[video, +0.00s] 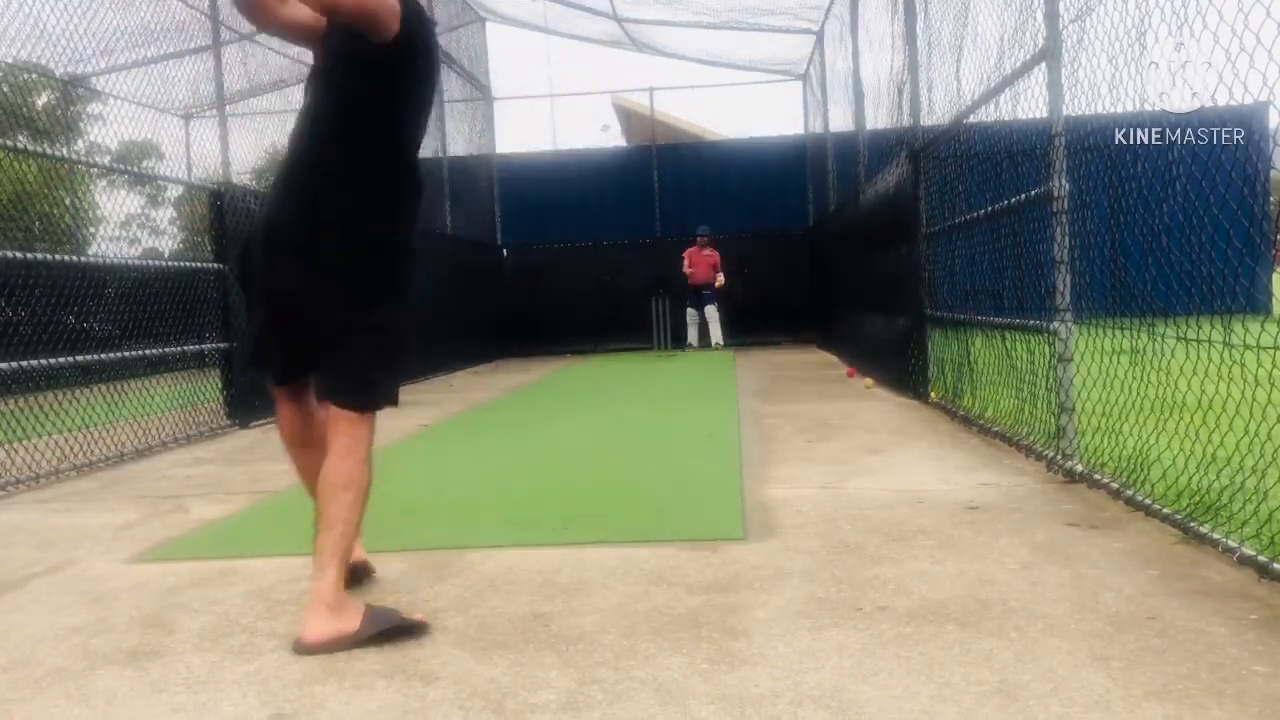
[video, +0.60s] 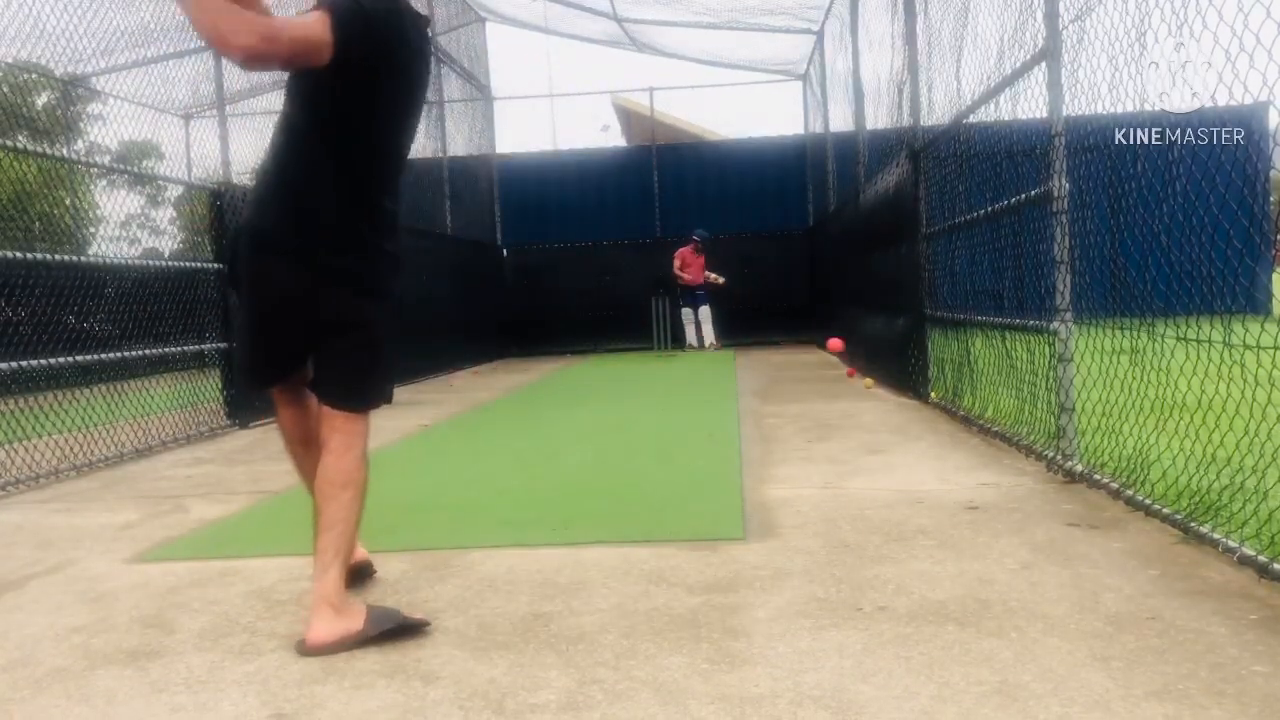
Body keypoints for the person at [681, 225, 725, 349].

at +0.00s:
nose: (701, 240)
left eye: (704, 237)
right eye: (699, 237)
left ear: (708, 239)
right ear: (696, 238)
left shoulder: (714, 254)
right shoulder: (689, 252)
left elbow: (718, 271)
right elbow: (685, 266)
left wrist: (719, 278)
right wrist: (688, 270)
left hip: (708, 286)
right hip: (693, 287)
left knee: (711, 313)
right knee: (691, 315)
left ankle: (717, 342)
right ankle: (692, 343)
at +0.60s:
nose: (702, 246)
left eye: (703, 244)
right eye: (701, 244)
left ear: (702, 244)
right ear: (695, 242)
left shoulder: (701, 255)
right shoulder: (681, 252)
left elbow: (701, 272)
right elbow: (676, 269)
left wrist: (713, 277)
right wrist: (685, 276)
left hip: (700, 287)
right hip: (686, 288)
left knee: (705, 315)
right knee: (688, 317)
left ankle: (709, 342)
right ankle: (691, 343)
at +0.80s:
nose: (734, 269)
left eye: (735, 268)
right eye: (733, 266)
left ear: (735, 267)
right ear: (729, 263)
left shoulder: (727, 272)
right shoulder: (717, 272)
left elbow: (726, 284)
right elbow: (719, 287)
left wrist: (727, 291)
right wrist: (725, 291)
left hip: (716, 290)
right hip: (703, 290)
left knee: (721, 312)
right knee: (698, 313)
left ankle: (721, 341)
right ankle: (691, 336)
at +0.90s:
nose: (733, 262)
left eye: (735, 261)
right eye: (732, 259)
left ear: (735, 260)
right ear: (727, 257)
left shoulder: (729, 268)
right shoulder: (714, 265)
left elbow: (728, 276)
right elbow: (713, 286)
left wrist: (730, 284)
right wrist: (726, 295)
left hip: (717, 289)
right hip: (703, 288)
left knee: (719, 312)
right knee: (696, 313)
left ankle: (721, 342)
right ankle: (691, 334)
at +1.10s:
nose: (722, 248)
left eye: (725, 246)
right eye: (721, 245)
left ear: (728, 248)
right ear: (717, 245)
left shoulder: (728, 262)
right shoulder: (707, 255)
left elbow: (729, 280)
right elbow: (696, 268)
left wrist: (732, 294)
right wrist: (701, 278)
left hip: (717, 289)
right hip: (702, 287)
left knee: (718, 312)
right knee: (696, 314)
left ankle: (721, 342)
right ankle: (697, 342)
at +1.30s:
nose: (712, 242)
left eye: (714, 239)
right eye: (709, 239)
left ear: (717, 241)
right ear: (705, 240)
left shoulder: (720, 256)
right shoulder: (697, 253)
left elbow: (724, 274)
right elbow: (689, 267)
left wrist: (725, 285)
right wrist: (693, 271)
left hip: (713, 288)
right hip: (698, 288)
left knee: (715, 312)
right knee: (696, 316)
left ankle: (721, 341)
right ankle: (699, 343)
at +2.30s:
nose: (708, 240)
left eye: (711, 237)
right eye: (706, 238)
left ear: (716, 238)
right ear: (704, 239)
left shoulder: (725, 252)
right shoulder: (702, 252)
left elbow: (732, 270)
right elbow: (699, 269)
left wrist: (720, 275)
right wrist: (704, 275)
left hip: (719, 285)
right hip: (706, 285)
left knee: (720, 312)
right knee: (701, 312)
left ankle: (722, 342)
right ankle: (699, 342)